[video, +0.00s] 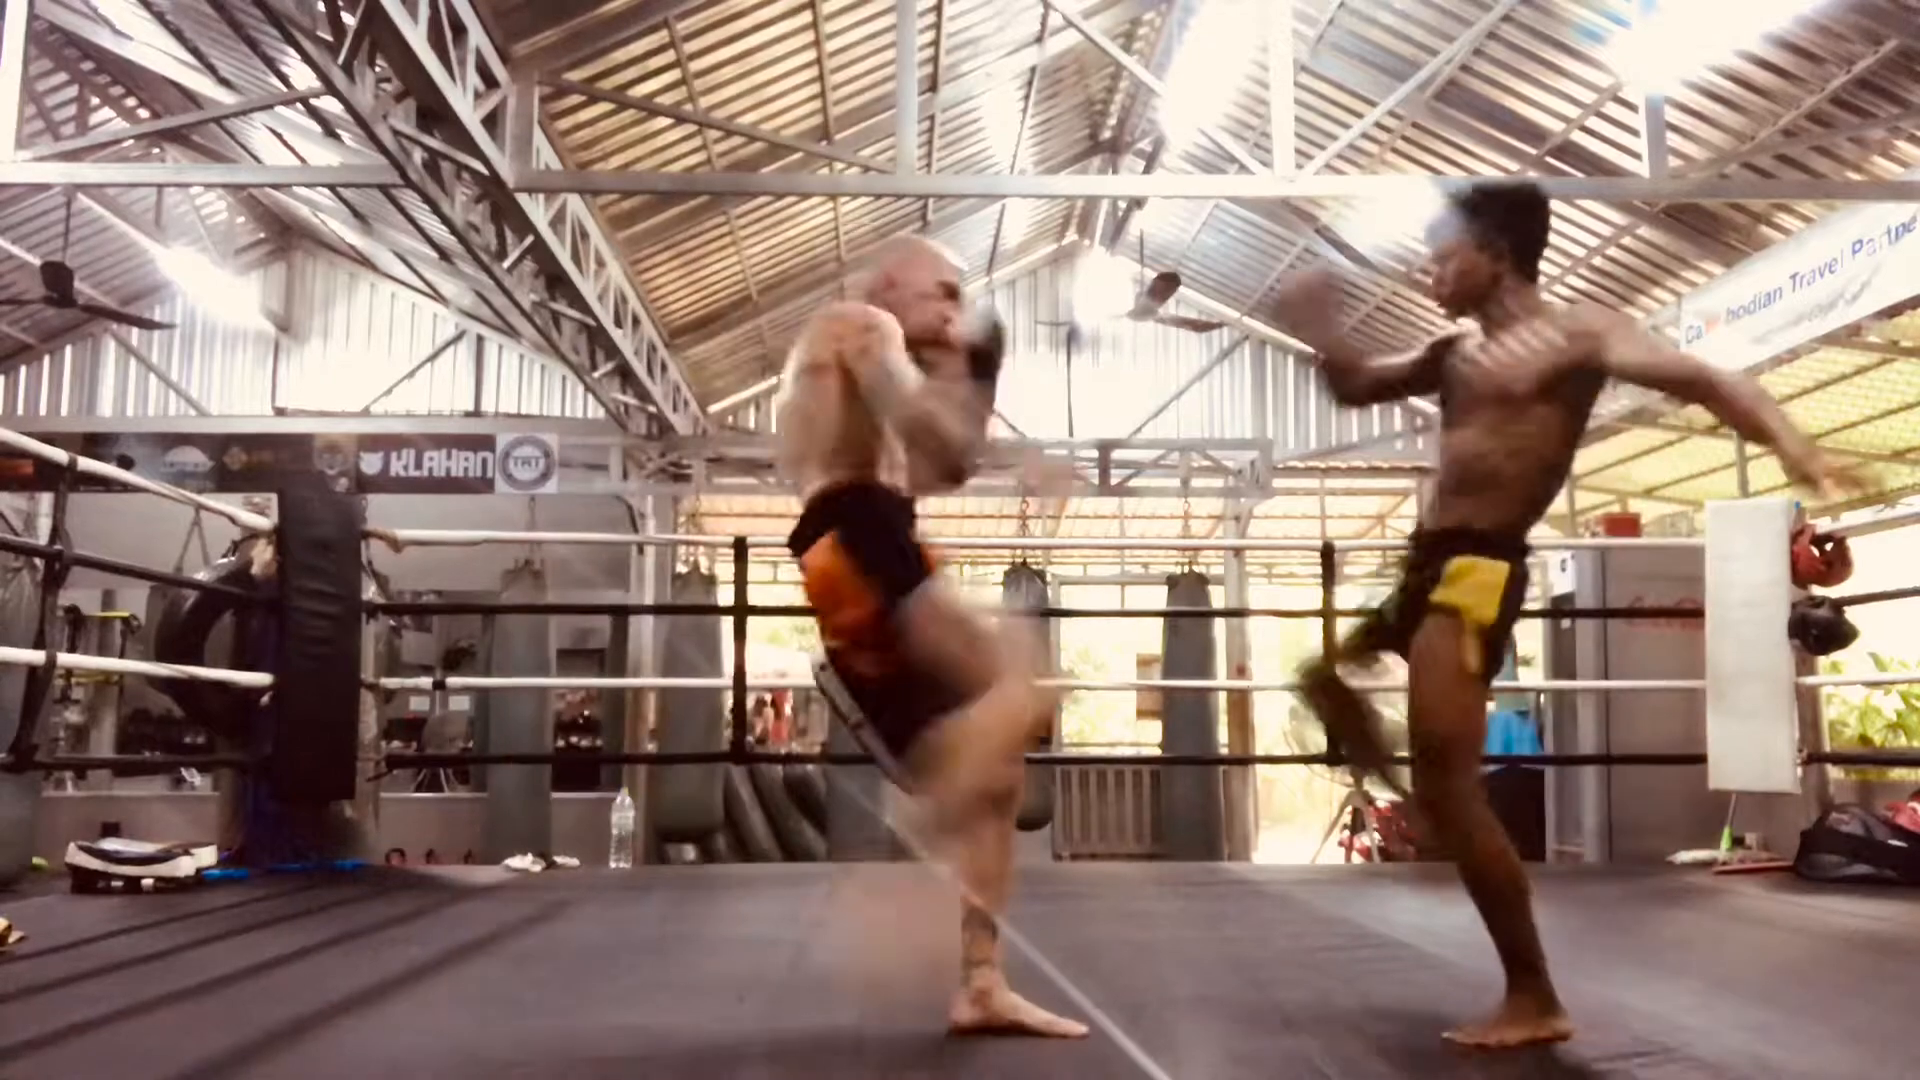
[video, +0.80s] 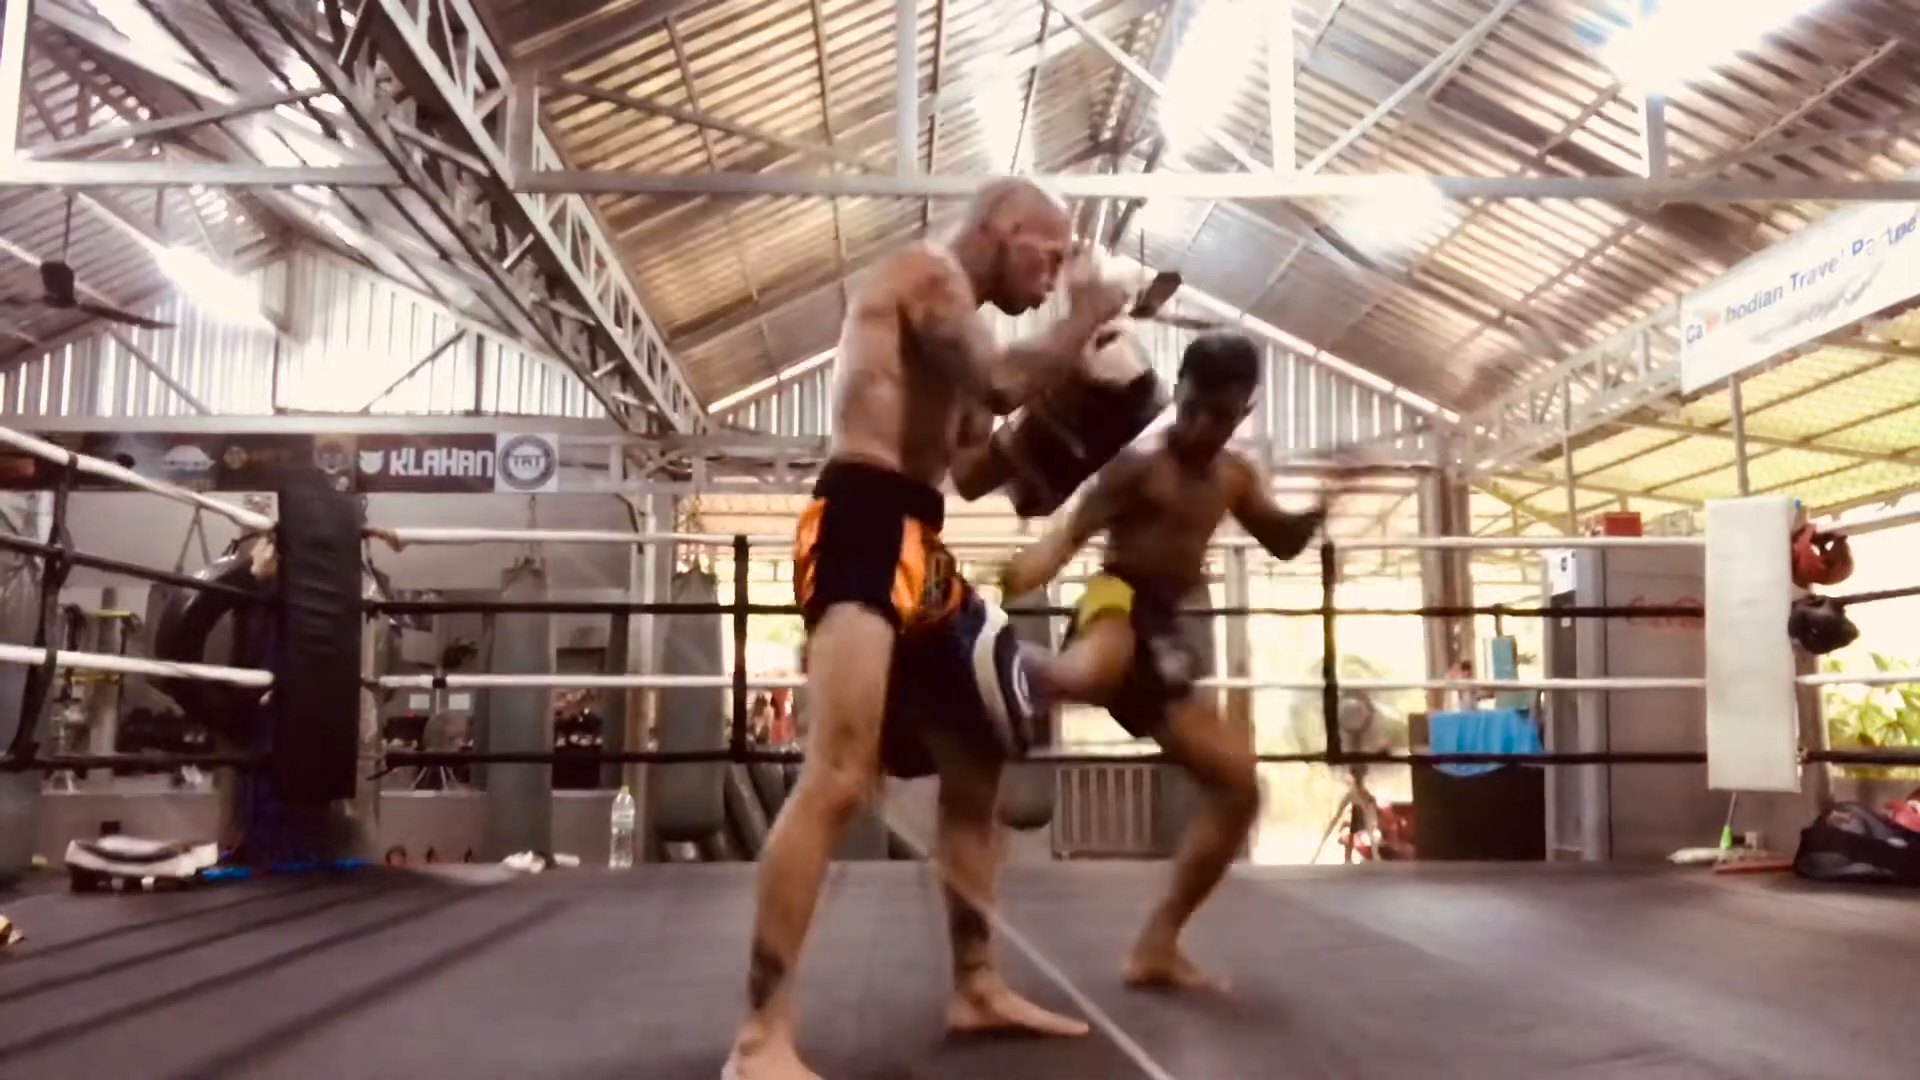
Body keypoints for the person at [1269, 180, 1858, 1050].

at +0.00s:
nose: (1434, 266)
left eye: (1447, 250)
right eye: (1437, 251)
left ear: (1496, 256)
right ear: (1489, 260)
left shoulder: (1574, 334)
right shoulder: (1452, 351)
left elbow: (1709, 381)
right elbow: (1355, 384)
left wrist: (1802, 457)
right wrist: (1317, 322)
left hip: (1474, 572)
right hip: (1430, 568)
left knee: (1447, 797)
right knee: (1320, 678)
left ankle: (1532, 999)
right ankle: (1404, 801)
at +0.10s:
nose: (1440, 276)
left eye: (1453, 260)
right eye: (1442, 261)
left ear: (1503, 263)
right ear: (1496, 267)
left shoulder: (1585, 346)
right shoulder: (1440, 359)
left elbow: (1690, 402)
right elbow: (1344, 425)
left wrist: (1641, 359)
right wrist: (1230, 434)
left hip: (1438, 583)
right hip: (1372, 528)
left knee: (1448, 794)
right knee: (1197, 499)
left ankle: (1522, 996)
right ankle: (1189, 612)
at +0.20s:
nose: (1408, 289)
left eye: (1424, 277)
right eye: (1413, 275)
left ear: (1468, 283)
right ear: (1448, 279)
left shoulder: (1534, 359)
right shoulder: (1421, 362)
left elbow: (1535, 398)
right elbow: (1372, 439)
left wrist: (1456, 344)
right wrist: (1261, 464)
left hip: (1413, 568)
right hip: (1344, 517)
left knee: (1429, 785)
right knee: (1190, 461)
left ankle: (1509, 994)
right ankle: (1048, 437)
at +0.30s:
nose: (1374, 295)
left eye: (1390, 281)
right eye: (1375, 280)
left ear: (1440, 290)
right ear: (1415, 290)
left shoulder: (1474, 373)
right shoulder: (1399, 370)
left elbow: (1391, 384)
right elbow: (1359, 450)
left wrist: (1295, 315)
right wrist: (1267, 451)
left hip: (1390, 591)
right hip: (1321, 552)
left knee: (1425, 784)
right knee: (1199, 499)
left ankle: (1515, 995)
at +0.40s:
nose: (1340, 309)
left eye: (1358, 294)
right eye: (1337, 296)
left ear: (1406, 304)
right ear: (1344, 309)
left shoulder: (1434, 374)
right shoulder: (1343, 388)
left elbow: (1333, 362)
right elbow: (1293, 450)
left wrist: (1303, 306)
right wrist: (1204, 453)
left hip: (1366, 608)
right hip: (1295, 587)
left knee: (1412, 797)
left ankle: (1512, 997)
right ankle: (1122, 837)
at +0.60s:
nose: (1224, 355)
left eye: (1241, 342)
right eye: (1219, 340)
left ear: (1279, 349)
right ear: (1210, 341)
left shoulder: (1316, 438)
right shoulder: (1188, 407)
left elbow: (1376, 533)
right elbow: (1173, 424)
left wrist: (1433, 616)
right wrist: (1281, 367)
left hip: (1259, 619)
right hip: (1189, 617)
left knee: (1324, 752)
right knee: (1152, 786)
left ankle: (1361, 933)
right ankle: (1224, 921)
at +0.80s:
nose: (1209, 429)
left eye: (1226, 417)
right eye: (1200, 411)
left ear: (1246, 412)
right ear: (1181, 399)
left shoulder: (1237, 476)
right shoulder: (1139, 465)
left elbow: (1280, 540)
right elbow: (1071, 531)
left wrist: (1315, 512)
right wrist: (1027, 572)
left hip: (1165, 633)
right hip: (1117, 605)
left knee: (1238, 786)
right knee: (1091, 675)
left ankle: (1157, 948)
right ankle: (1007, 667)